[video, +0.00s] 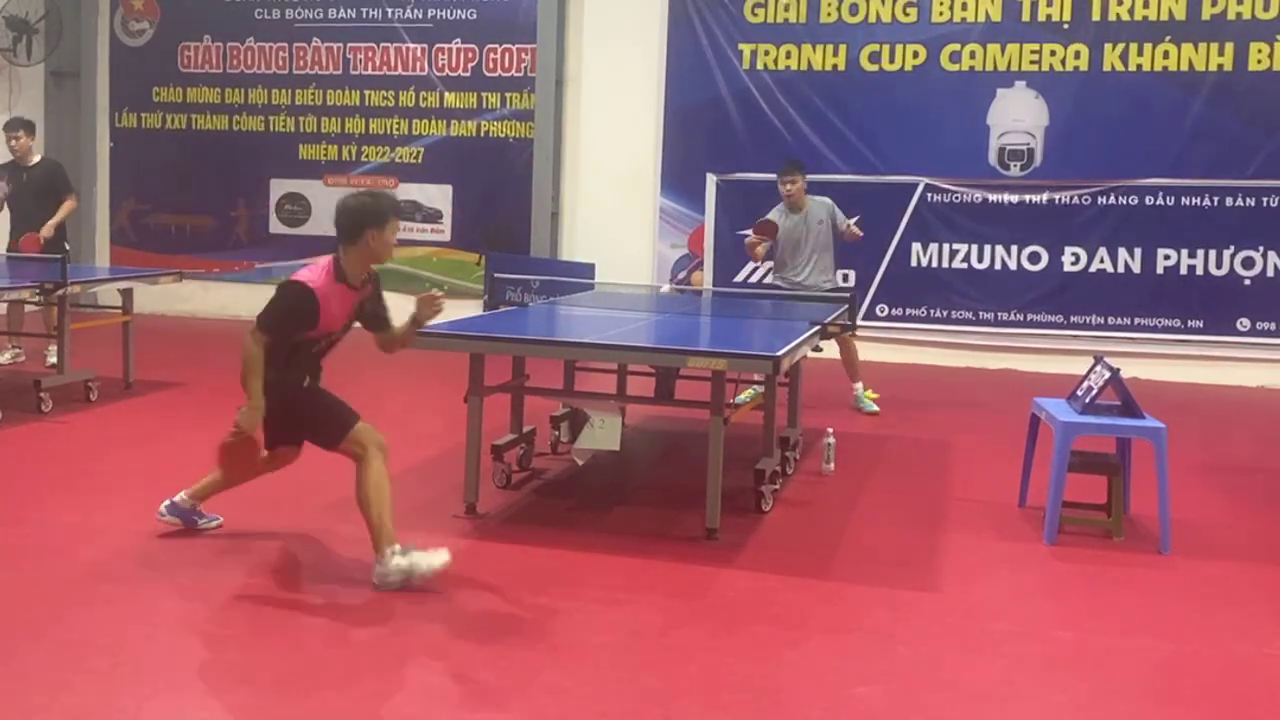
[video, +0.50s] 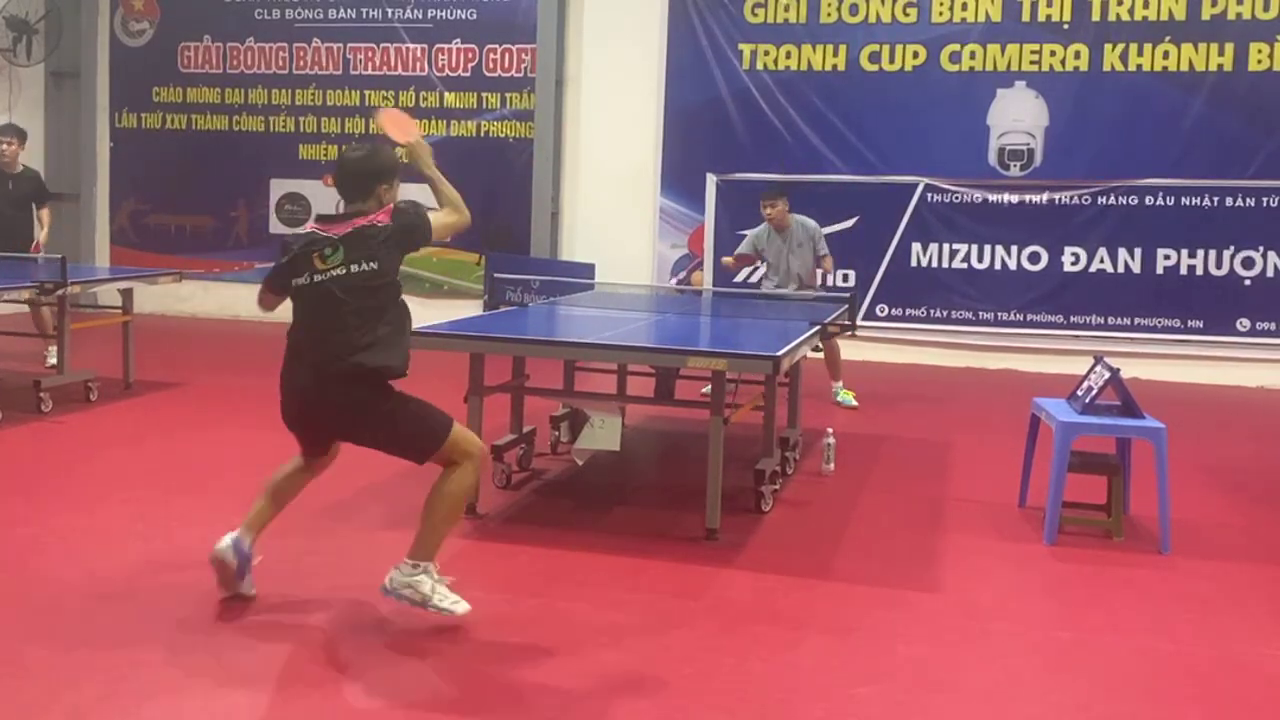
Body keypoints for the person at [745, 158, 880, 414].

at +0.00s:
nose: (787, 189)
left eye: (792, 183)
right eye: (783, 184)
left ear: (804, 183)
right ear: (779, 187)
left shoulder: (825, 206)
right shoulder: (775, 215)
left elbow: (845, 232)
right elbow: (760, 254)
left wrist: (852, 233)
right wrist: (753, 248)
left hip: (824, 290)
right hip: (786, 290)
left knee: (845, 337)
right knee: (770, 336)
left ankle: (859, 392)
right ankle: (763, 386)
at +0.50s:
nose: (768, 212)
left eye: (772, 207)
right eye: (764, 208)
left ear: (786, 206)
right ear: (761, 209)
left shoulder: (808, 227)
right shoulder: (759, 234)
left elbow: (824, 256)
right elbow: (742, 260)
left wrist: (827, 266)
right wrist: (732, 262)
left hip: (806, 295)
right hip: (770, 295)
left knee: (828, 334)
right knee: (736, 326)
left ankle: (838, 388)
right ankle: (722, 380)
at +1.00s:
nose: (721, 169)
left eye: (726, 164)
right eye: (718, 166)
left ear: (738, 166)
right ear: (715, 171)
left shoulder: (761, 185)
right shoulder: (713, 202)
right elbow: (707, 239)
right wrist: (697, 270)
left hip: (762, 264)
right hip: (729, 265)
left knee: (766, 315)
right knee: (711, 306)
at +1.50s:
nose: (777, 214)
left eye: (781, 209)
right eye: (773, 209)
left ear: (790, 210)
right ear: (767, 210)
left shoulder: (801, 229)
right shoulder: (756, 237)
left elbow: (809, 248)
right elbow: (746, 267)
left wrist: (815, 266)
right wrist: (765, 284)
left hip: (793, 291)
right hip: (763, 293)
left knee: (820, 317)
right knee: (759, 328)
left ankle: (818, 364)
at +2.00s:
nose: (845, 185)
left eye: (850, 180)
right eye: (841, 181)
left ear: (859, 183)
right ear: (835, 185)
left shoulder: (874, 205)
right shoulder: (828, 213)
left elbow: (895, 216)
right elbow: (812, 239)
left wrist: (917, 231)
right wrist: (807, 236)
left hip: (868, 274)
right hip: (834, 275)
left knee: (879, 317)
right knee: (811, 316)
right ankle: (804, 360)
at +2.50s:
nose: (801, 181)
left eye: (805, 177)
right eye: (797, 178)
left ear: (814, 179)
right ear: (792, 182)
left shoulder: (832, 204)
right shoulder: (785, 210)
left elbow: (848, 230)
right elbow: (772, 236)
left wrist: (838, 244)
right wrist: (771, 252)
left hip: (830, 271)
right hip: (797, 269)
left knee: (841, 314)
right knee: (773, 301)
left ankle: (851, 361)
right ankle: (782, 353)